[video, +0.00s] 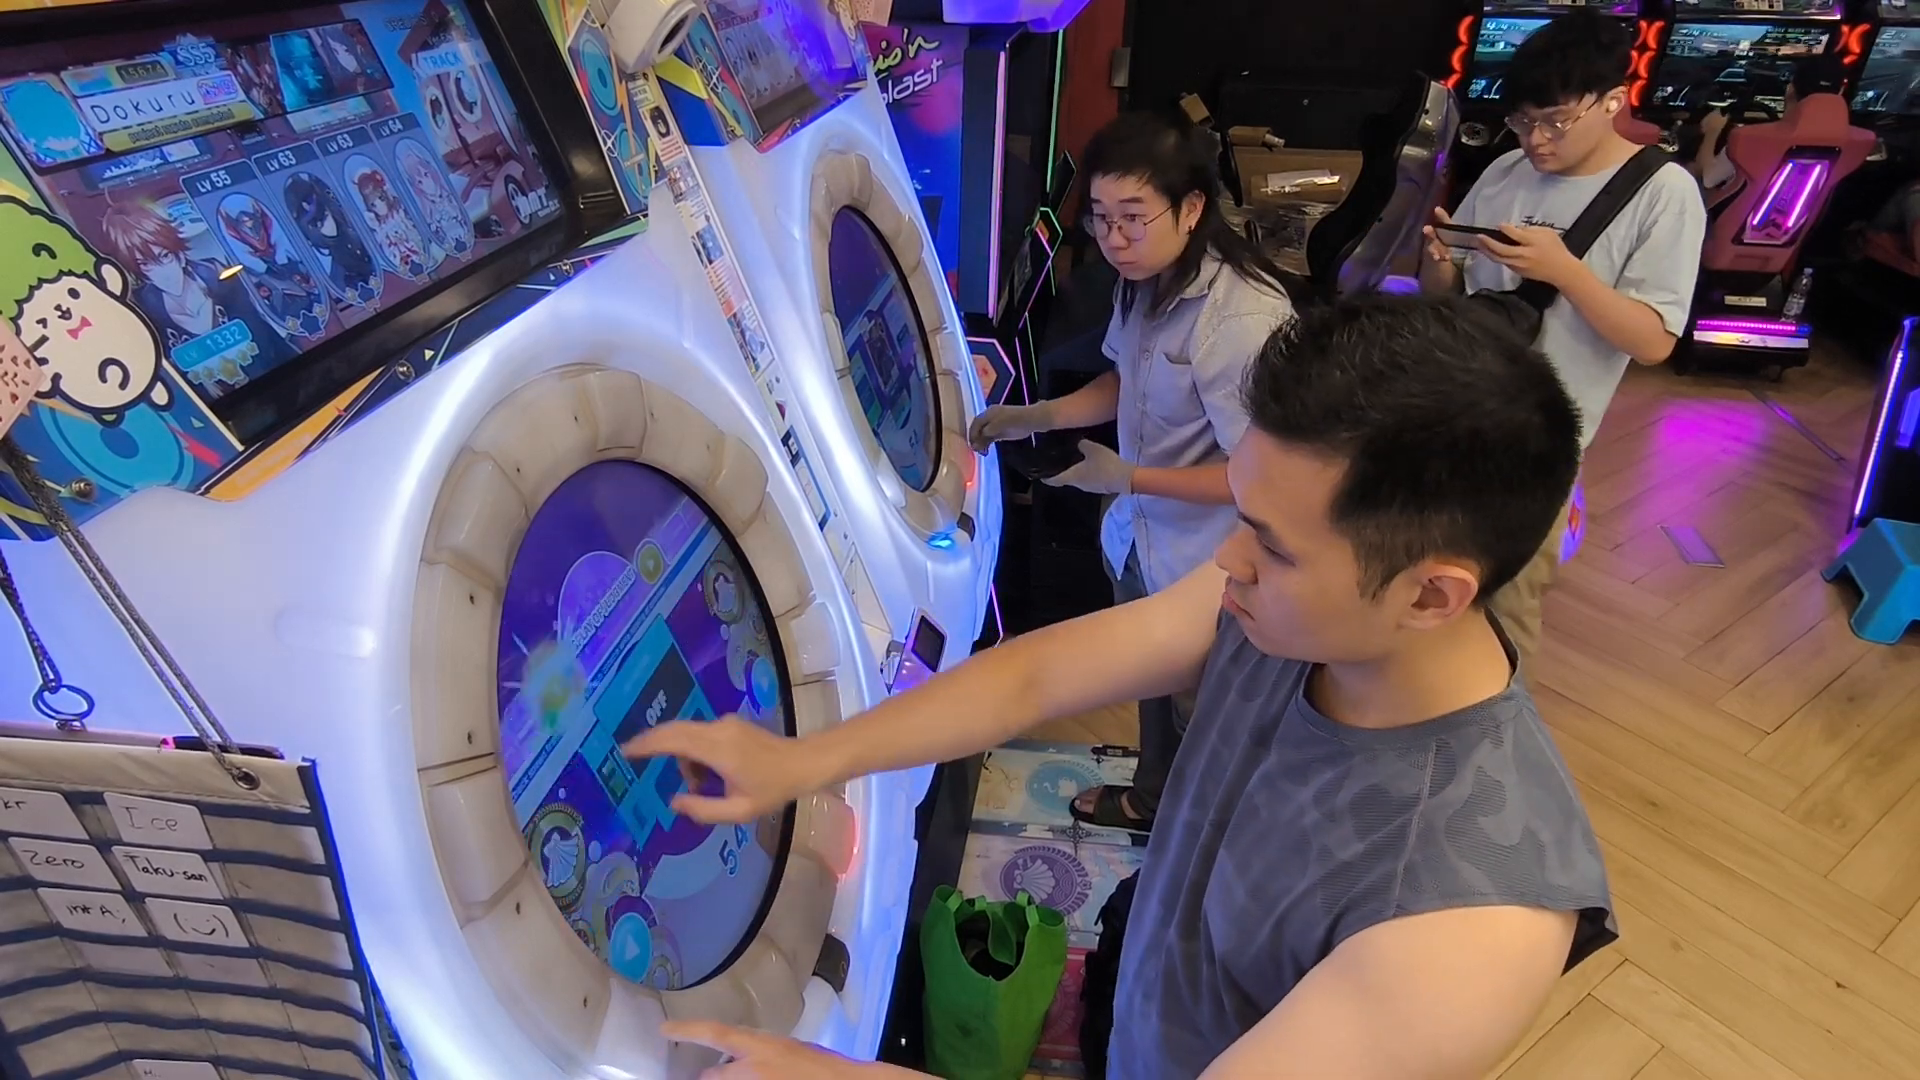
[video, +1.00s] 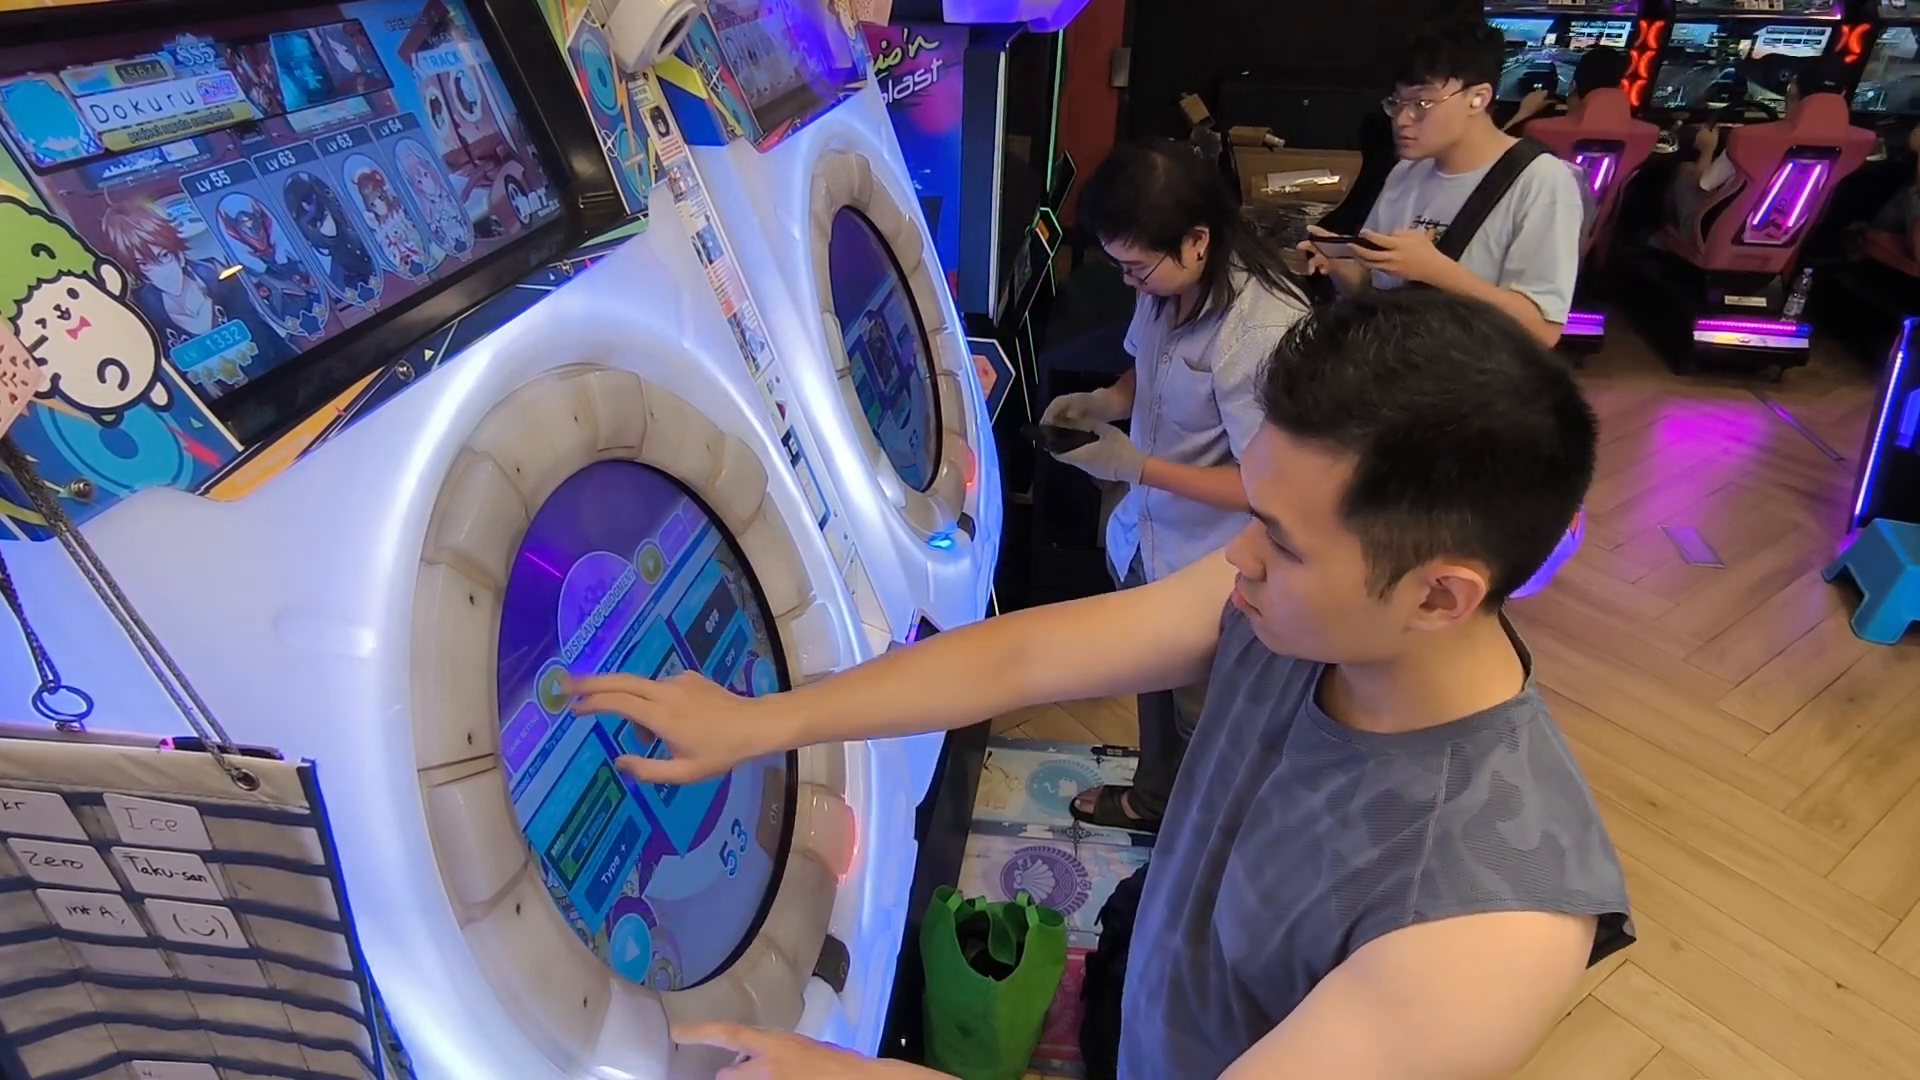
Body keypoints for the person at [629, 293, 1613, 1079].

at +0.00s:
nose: (1224, 562)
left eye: (1276, 551)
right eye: (1240, 517)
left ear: (1434, 594)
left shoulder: (1475, 908)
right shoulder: (1280, 590)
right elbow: (1031, 679)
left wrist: (860, 1079)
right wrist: (806, 760)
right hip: (1130, 1001)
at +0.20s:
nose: (1221, 560)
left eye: (1272, 549)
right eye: (1239, 516)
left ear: (1431, 593)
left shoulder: (1473, 909)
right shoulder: (1290, 604)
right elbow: (1067, 712)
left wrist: (808, 1070)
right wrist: (869, 830)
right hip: (1132, 1022)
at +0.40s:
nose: (1215, 554)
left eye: (1263, 541)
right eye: (1232, 511)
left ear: (1423, 590)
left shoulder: (1472, 903)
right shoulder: (1290, 610)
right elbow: (1065, 699)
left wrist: (862, 1075)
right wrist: (855, 796)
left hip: (1204, 1075)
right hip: (1133, 1018)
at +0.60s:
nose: (1223, 555)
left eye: (1273, 544)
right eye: (1241, 512)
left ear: (1434, 594)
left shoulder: (1479, 909)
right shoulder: (1302, 601)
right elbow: (1057, 669)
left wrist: (856, 1079)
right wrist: (827, 744)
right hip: (1136, 1010)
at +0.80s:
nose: (1229, 554)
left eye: (1279, 544)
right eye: (1246, 512)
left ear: (1438, 595)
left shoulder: (1486, 916)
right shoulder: (1295, 591)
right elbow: (1040, 654)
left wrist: (882, 1078)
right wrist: (793, 729)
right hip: (1137, 1003)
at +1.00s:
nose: (1233, 553)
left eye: (1283, 543)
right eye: (1248, 509)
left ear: (1443, 594)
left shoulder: (1492, 915)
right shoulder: (1284, 587)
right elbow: (1018, 656)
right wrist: (760, 719)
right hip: (1138, 1016)